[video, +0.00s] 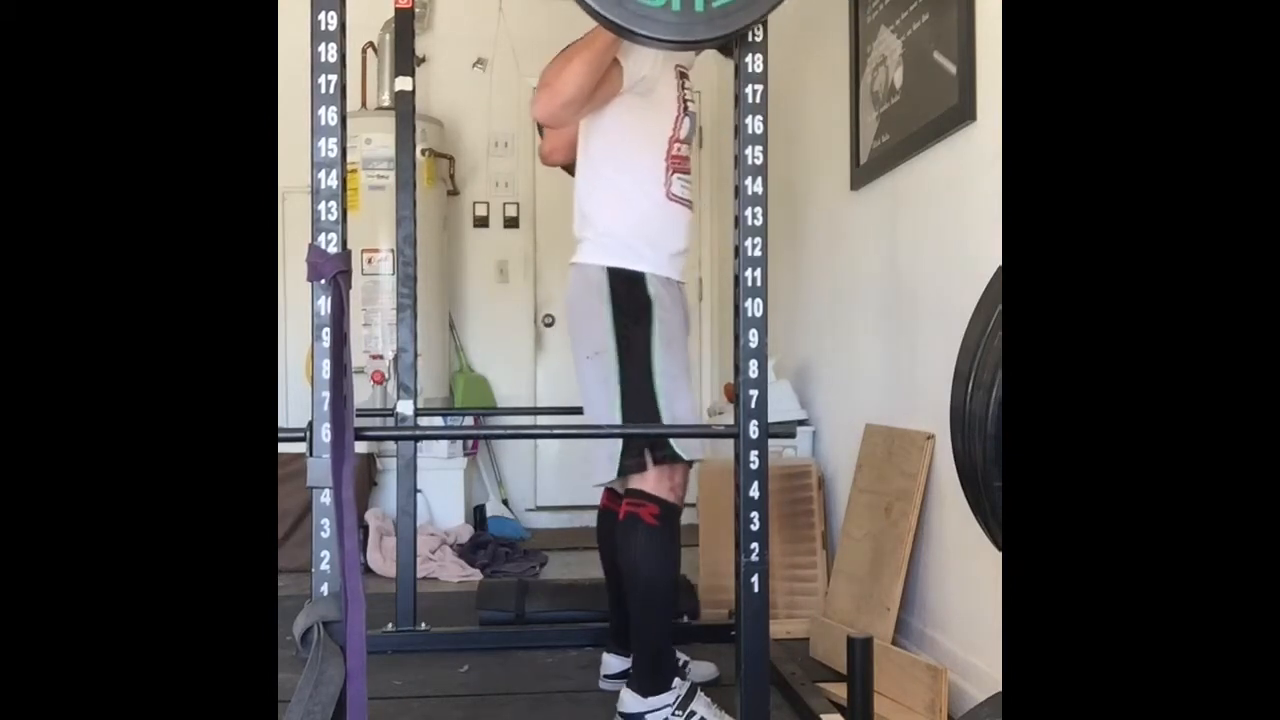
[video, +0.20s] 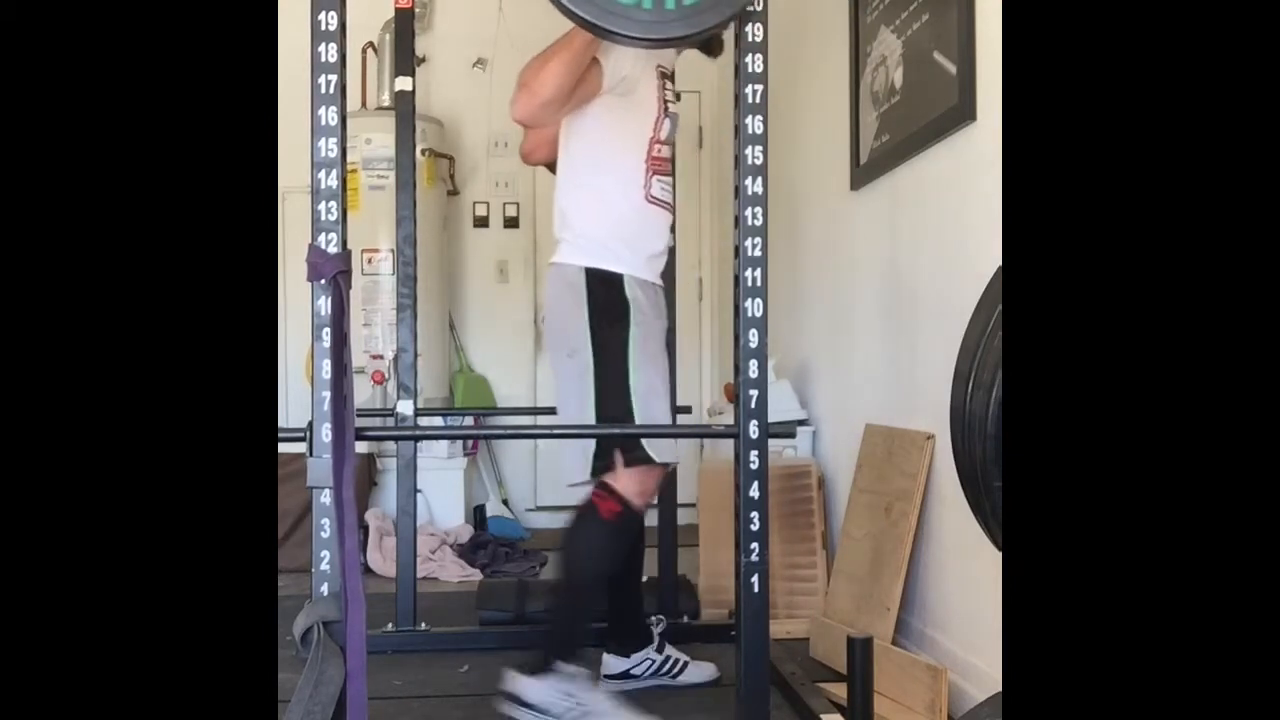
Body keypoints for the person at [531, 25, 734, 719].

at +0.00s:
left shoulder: (665, 55)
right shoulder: (627, 38)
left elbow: (554, 147)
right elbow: (549, 105)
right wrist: (619, 19)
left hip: (646, 279)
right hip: (622, 279)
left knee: (643, 470)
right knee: (659, 470)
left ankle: (629, 649)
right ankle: (653, 689)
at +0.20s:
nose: (700, 27)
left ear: (656, 4)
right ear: (655, 2)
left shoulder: (645, 57)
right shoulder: (611, 40)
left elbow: (535, 148)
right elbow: (528, 106)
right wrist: (596, 20)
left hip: (630, 278)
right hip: (599, 278)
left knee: (633, 472)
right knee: (630, 472)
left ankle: (630, 650)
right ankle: (542, 670)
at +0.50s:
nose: (691, 28)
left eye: (691, 21)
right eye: (686, 18)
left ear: (645, 15)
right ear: (650, 8)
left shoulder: (605, 67)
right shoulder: (569, 42)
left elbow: (493, 148)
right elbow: (462, 99)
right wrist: (544, 17)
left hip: (590, 297)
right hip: (543, 292)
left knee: (623, 474)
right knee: (520, 489)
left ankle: (631, 648)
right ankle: (452, 694)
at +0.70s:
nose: (664, 9)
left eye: (665, 4)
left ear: (629, 5)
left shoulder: (579, 54)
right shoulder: (538, 22)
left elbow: (453, 135)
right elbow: (423, 79)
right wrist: (493, 3)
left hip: (550, 288)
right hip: (501, 283)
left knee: (584, 454)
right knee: (480, 485)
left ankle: (553, 621)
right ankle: (448, 697)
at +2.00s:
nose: (595, 4)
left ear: (568, 9)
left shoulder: (535, 70)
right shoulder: (482, 37)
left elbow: (414, 145)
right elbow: (371, 99)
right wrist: (433, 16)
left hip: (503, 292)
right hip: (456, 286)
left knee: (481, 482)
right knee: (452, 487)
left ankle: (475, 649)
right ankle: (444, 696)